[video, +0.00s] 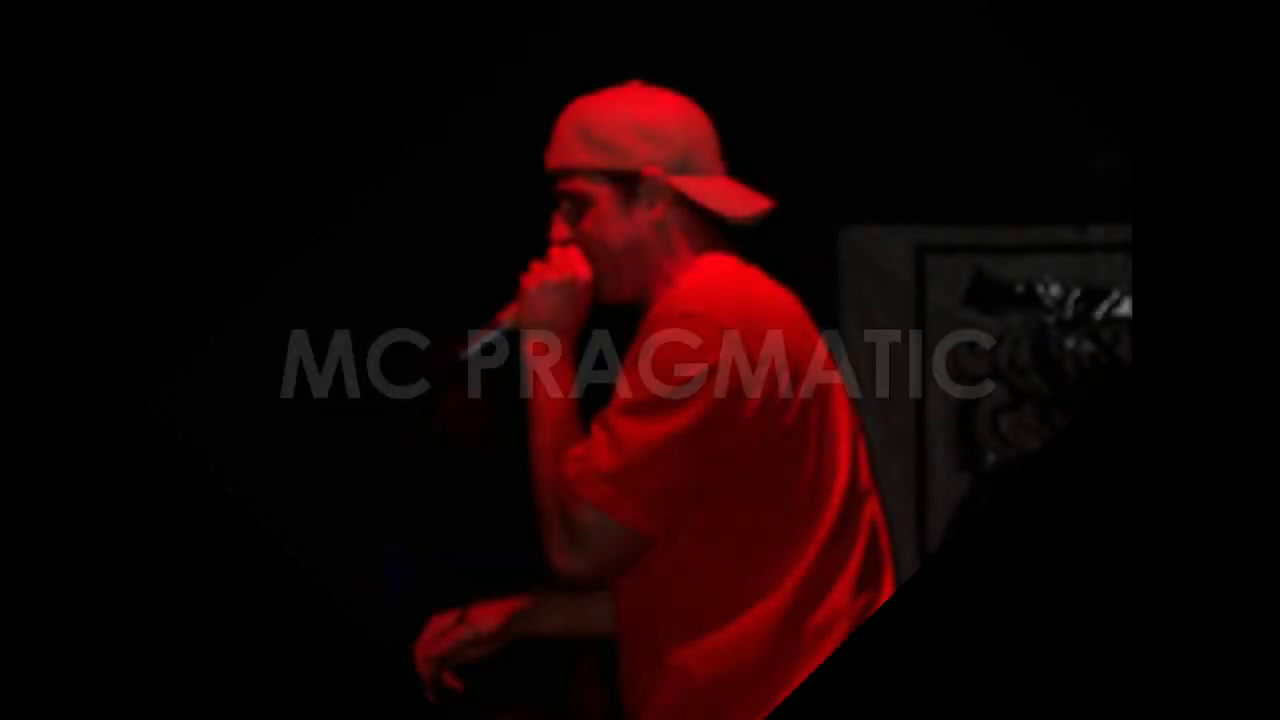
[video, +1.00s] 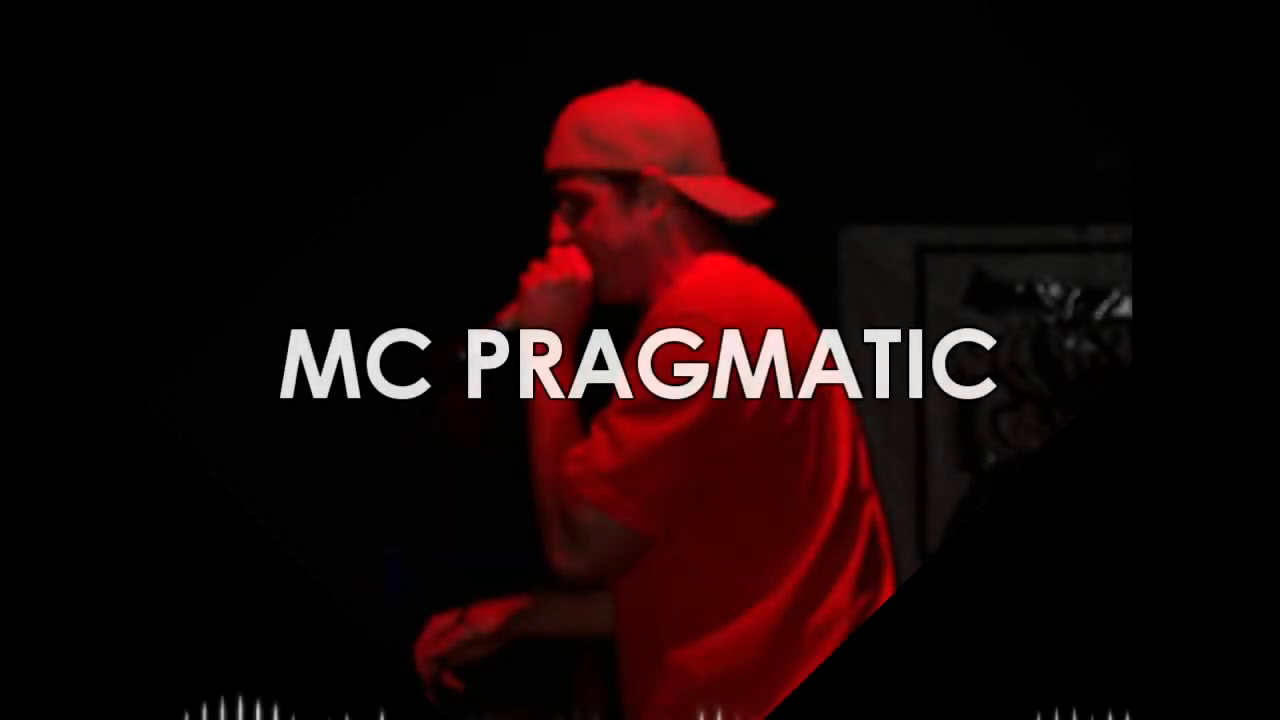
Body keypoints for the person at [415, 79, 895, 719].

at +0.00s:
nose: (559, 234)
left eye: (576, 206)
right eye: (559, 209)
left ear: (653, 200)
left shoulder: (705, 315)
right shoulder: (750, 305)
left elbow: (578, 543)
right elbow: (702, 576)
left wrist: (545, 346)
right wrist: (521, 621)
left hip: (732, 697)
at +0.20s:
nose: (559, 234)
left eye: (577, 206)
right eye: (559, 209)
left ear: (653, 200)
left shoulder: (705, 314)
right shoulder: (751, 305)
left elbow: (578, 542)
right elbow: (702, 577)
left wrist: (546, 347)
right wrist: (520, 621)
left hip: (731, 698)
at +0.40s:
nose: (559, 234)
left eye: (577, 206)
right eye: (559, 209)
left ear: (653, 200)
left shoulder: (705, 315)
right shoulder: (751, 305)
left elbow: (578, 542)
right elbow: (701, 577)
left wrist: (546, 347)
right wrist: (520, 621)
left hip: (732, 698)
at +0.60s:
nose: (560, 234)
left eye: (577, 206)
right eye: (560, 209)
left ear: (653, 200)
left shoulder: (705, 314)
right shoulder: (750, 305)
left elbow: (578, 542)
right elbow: (701, 578)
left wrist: (546, 347)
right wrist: (520, 621)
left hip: (732, 698)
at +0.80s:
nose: (560, 234)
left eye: (577, 206)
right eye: (560, 209)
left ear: (653, 200)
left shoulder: (706, 314)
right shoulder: (749, 305)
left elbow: (578, 542)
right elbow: (701, 579)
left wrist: (546, 348)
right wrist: (520, 621)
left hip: (732, 698)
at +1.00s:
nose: (560, 234)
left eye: (577, 206)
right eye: (559, 209)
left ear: (653, 200)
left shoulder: (707, 314)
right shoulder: (747, 305)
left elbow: (578, 542)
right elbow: (699, 578)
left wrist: (545, 349)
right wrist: (519, 620)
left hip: (734, 702)